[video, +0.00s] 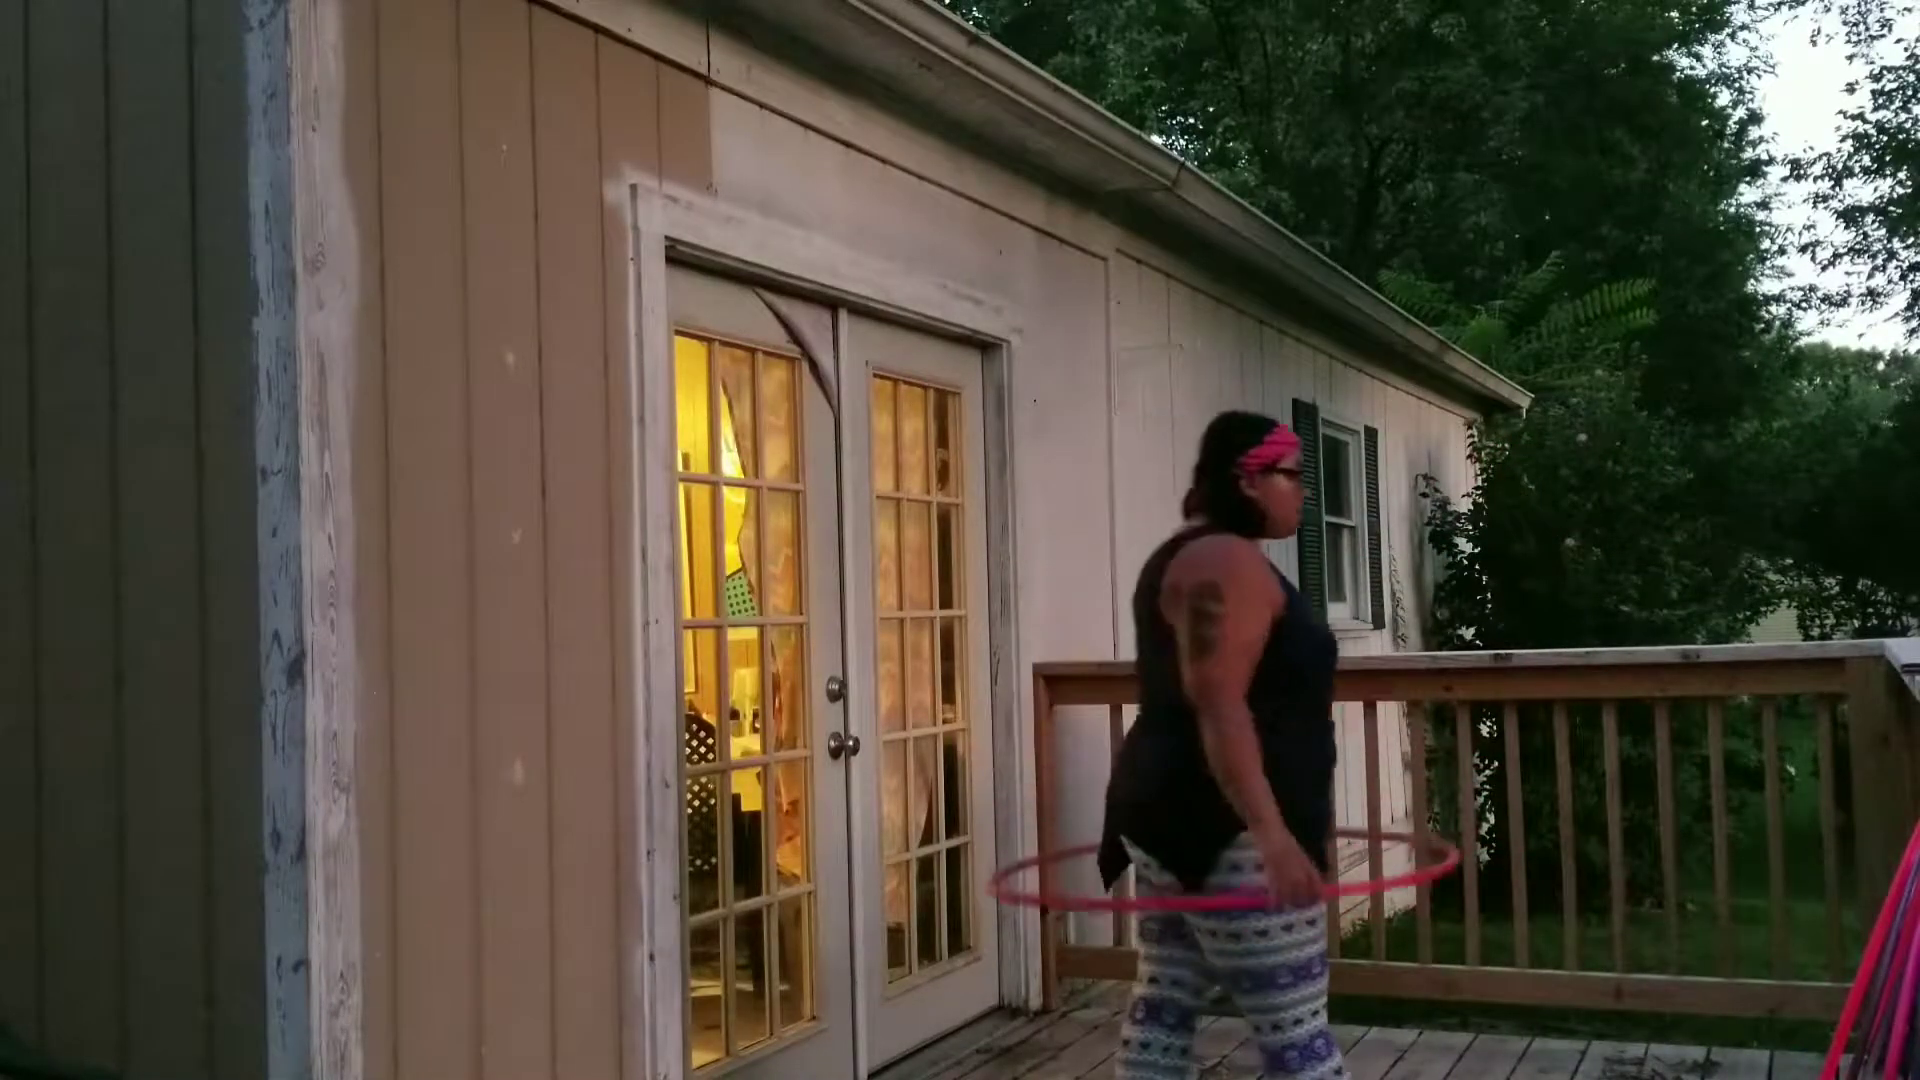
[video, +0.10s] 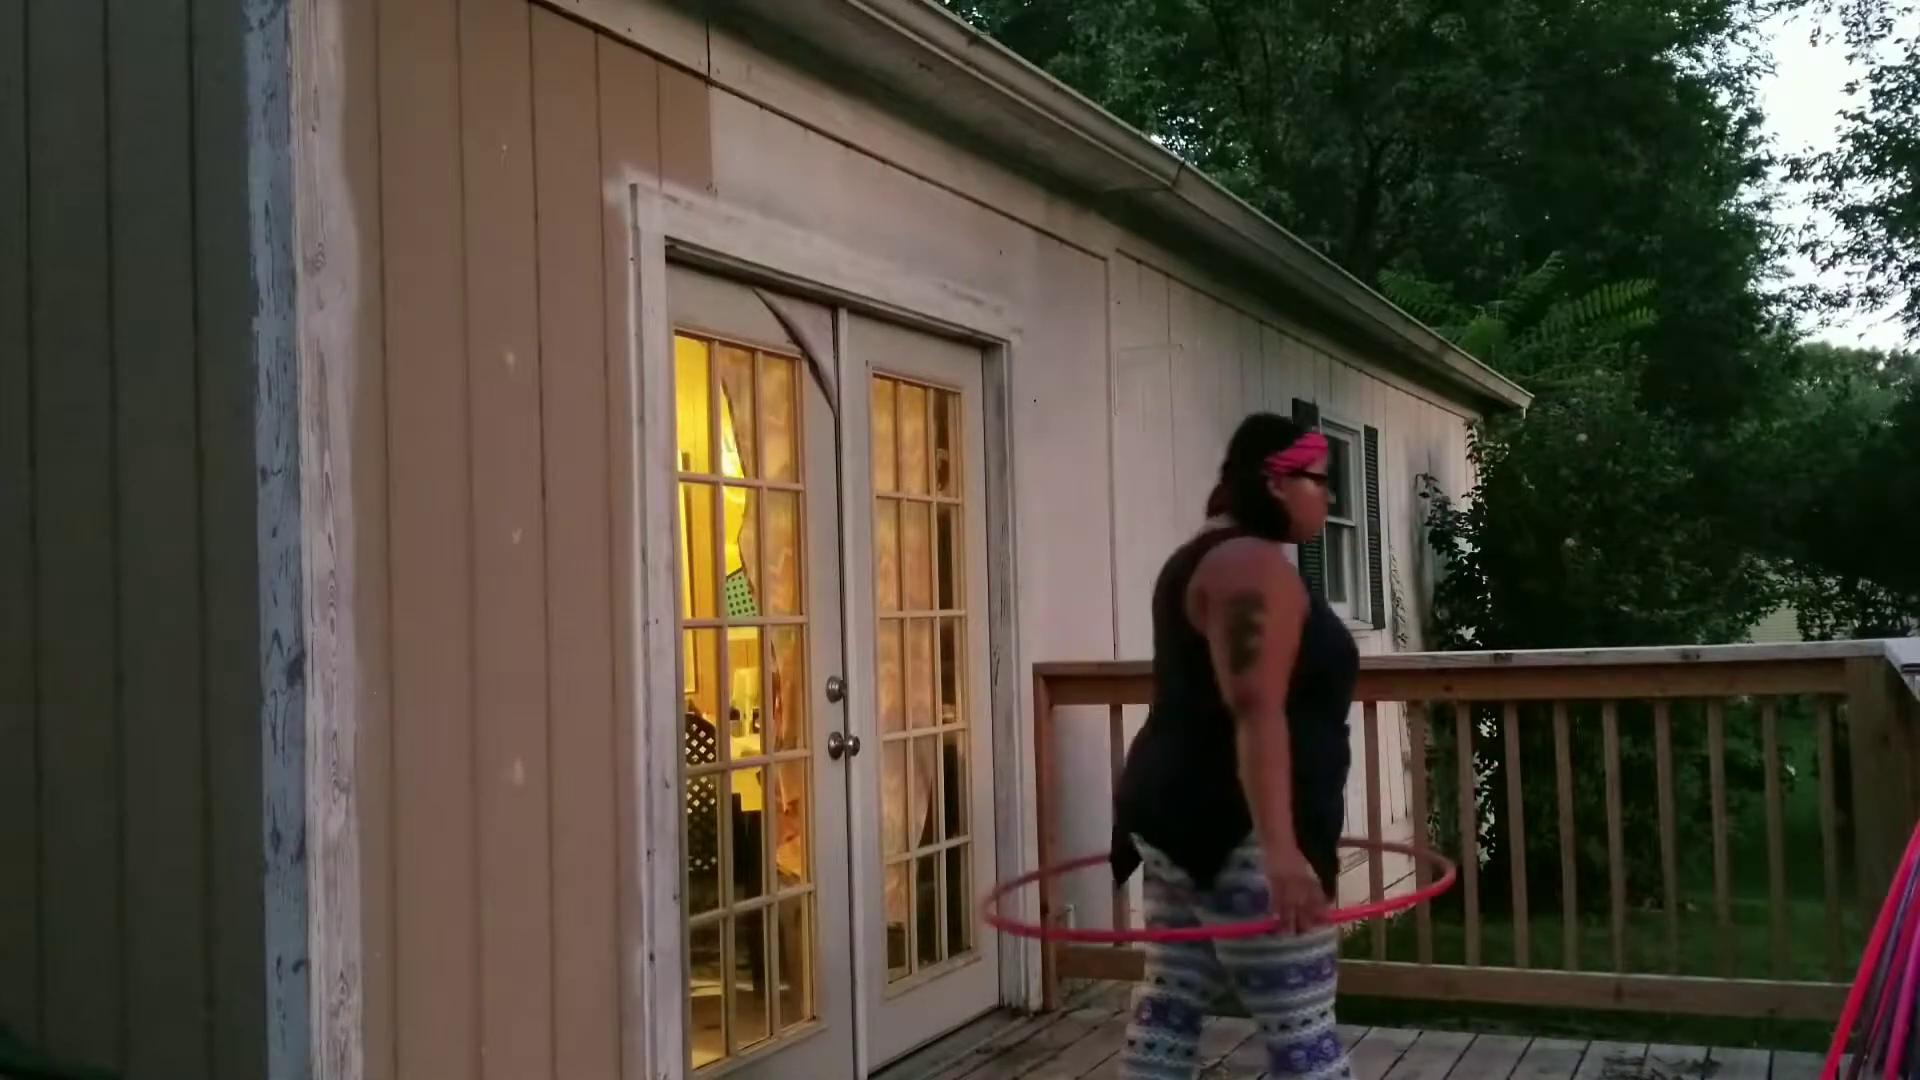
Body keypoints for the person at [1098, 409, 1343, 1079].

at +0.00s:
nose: (1303, 489)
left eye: (1300, 475)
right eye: (1292, 475)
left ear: (1242, 483)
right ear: (1251, 484)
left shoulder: (1175, 560)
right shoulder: (1231, 561)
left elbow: (1169, 709)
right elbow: (1218, 701)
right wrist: (1273, 832)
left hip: (1171, 827)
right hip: (1242, 835)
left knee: (1162, 1016)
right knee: (1296, 1033)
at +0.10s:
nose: (1328, 497)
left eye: (1326, 481)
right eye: (1318, 480)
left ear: (1266, 484)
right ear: (1277, 485)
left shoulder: (1198, 560)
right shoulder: (1257, 565)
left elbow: (1183, 710)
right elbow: (1256, 710)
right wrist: (1282, 850)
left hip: (1178, 822)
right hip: (1243, 834)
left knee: (1168, 1014)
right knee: (1305, 1033)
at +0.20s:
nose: (1349, 503)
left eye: (1349, 487)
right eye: (1341, 486)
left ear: (1285, 486)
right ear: (1298, 485)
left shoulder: (1214, 558)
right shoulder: (1273, 564)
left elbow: (1197, 711)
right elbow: (1269, 709)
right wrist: (1296, 852)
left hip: (1186, 829)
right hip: (1259, 840)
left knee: (1173, 1028)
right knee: (1318, 1045)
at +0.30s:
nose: (1359, 509)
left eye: (1361, 494)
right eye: (1352, 491)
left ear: (1288, 487)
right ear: (1308, 486)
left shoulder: (1211, 557)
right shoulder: (1279, 561)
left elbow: (1179, 703)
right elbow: (1267, 701)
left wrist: (1165, 826)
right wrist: (1308, 846)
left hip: (1194, 828)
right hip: (1270, 839)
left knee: (1185, 1026)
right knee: (1326, 1044)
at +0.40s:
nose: (1355, 517)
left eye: (1359, 502)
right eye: (1350, 498)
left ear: (1283, 487)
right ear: (1308, 487)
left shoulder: (1206, 556)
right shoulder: (1278, 558)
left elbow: (1169, 697)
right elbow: (1262, 693)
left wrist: (1167, 825)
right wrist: (1310, 840)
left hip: (1196, 826)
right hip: (1275, 836)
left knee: (1198, 1023)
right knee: (1327, 1039)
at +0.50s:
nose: (1344, 524)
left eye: (1348, 510)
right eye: (1338, 507)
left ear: (1274, 492)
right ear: (1296, 494)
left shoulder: (1194, 559)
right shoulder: (1263, 560)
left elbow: (1161, 694)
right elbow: (1252, 694)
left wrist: (1163, 829)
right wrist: (1303, 839)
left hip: (1194, 828)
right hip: (1272, 837)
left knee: (1205, 1015)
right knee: (1325, 1035)